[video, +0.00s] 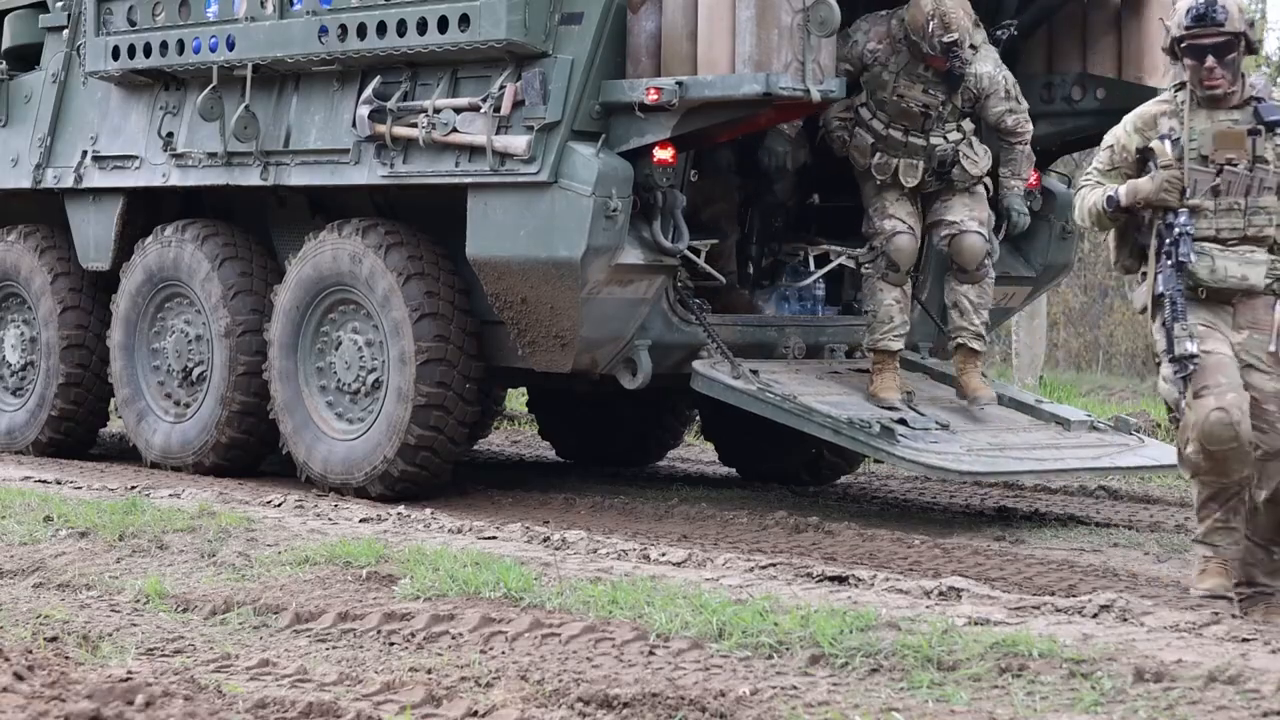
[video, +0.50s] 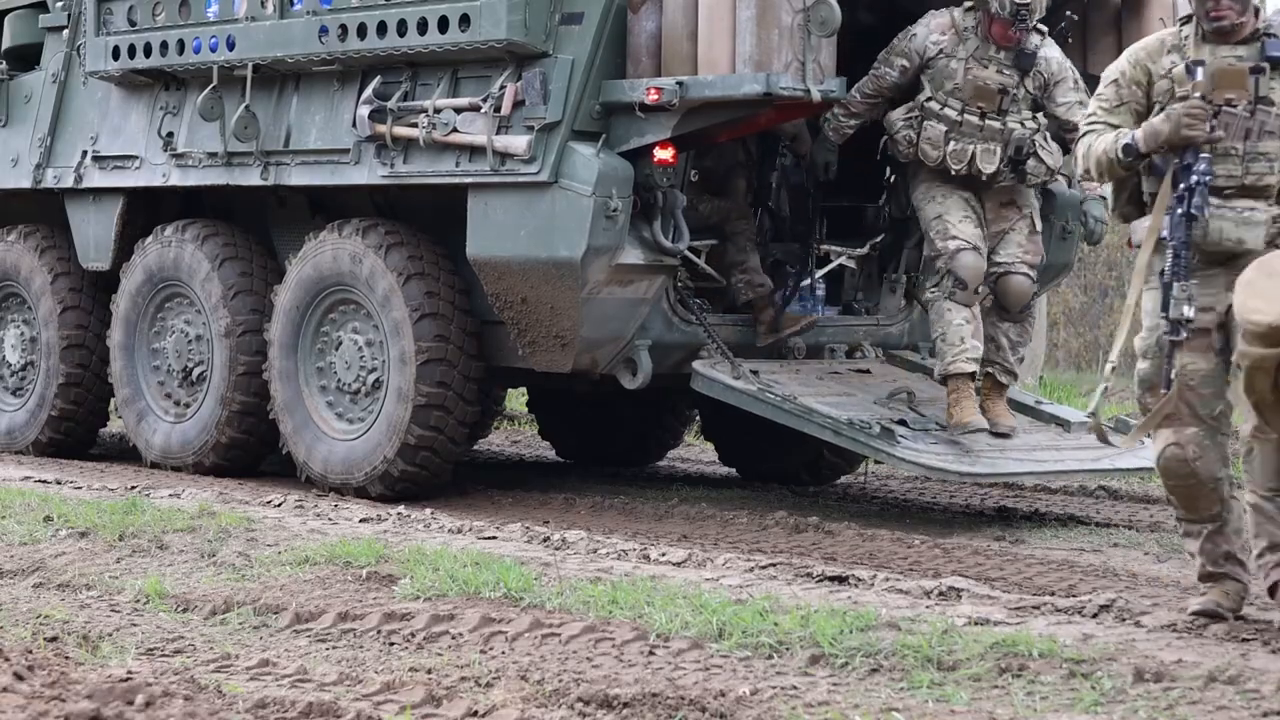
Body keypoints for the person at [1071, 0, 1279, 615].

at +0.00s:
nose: (1210, 65)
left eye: (1222, 52)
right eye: (1197, 54)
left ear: (1243, 51)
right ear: (1180, 58)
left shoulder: (1267, 110)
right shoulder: (1155, 118)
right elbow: (1084, 200)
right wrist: (1132, 193)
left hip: (1264, 298)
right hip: (1190, 297)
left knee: (1271, 444)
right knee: (1221, 426)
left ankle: (1263, 573)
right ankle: (1219, 550)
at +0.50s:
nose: (1222, 6)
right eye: (1211, 0)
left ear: (1255, 4)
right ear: (1192, 3)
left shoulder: (1275, 51)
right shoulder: (1148, 58)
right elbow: (1089, 155)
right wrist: (1154, 133)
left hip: (1269, 265)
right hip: (1187, 266)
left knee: (1271, 428)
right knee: (1185, 448)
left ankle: (1269, 569)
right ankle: (1223, 579)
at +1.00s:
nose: (1200, 7)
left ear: (1242, 4)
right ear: (1171, 3)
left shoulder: (1269, 59)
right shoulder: (1132, 62)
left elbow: (1276, 193)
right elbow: (1082, 185)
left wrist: (1265, 277)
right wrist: (1122, 116)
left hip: (1253, 284)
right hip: (1151, 286)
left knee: (1258, 459)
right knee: (1126, 443)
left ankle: (1266, 627)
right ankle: (1138, 642)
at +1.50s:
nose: (1067, 13)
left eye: (1086, 3)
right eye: (1056, 1)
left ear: (1117, 12)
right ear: (1040, 6)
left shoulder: (1162, 106)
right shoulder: (980, 75)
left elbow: (1180, 238)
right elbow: (924, 193)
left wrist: (1089, 287)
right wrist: (984, 160)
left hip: (1098, 347)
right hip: (992, 339)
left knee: (1076, 519)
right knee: (1004, 516)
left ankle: (1040, 698)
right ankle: (1128, 678)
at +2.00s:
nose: (749, 16)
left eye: (766, 4)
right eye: (739, 6)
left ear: (817, 1)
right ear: (729, 12)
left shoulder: (882, 87)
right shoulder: (722, 88)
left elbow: (910, 231)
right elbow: (685, 214)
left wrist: (780, 249)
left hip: (838, 378)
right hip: (726, 371)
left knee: (860, 573)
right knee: (651, 554)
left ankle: (954, 708)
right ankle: (669, 708)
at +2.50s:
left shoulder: (646, 36)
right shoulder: (470, 27)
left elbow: (673, 180)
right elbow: (428, 151)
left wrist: (543, 176)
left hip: (607, 305)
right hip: (515, 305)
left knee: (459, 482)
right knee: (585, 523)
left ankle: (409, 697)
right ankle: (648, 697)